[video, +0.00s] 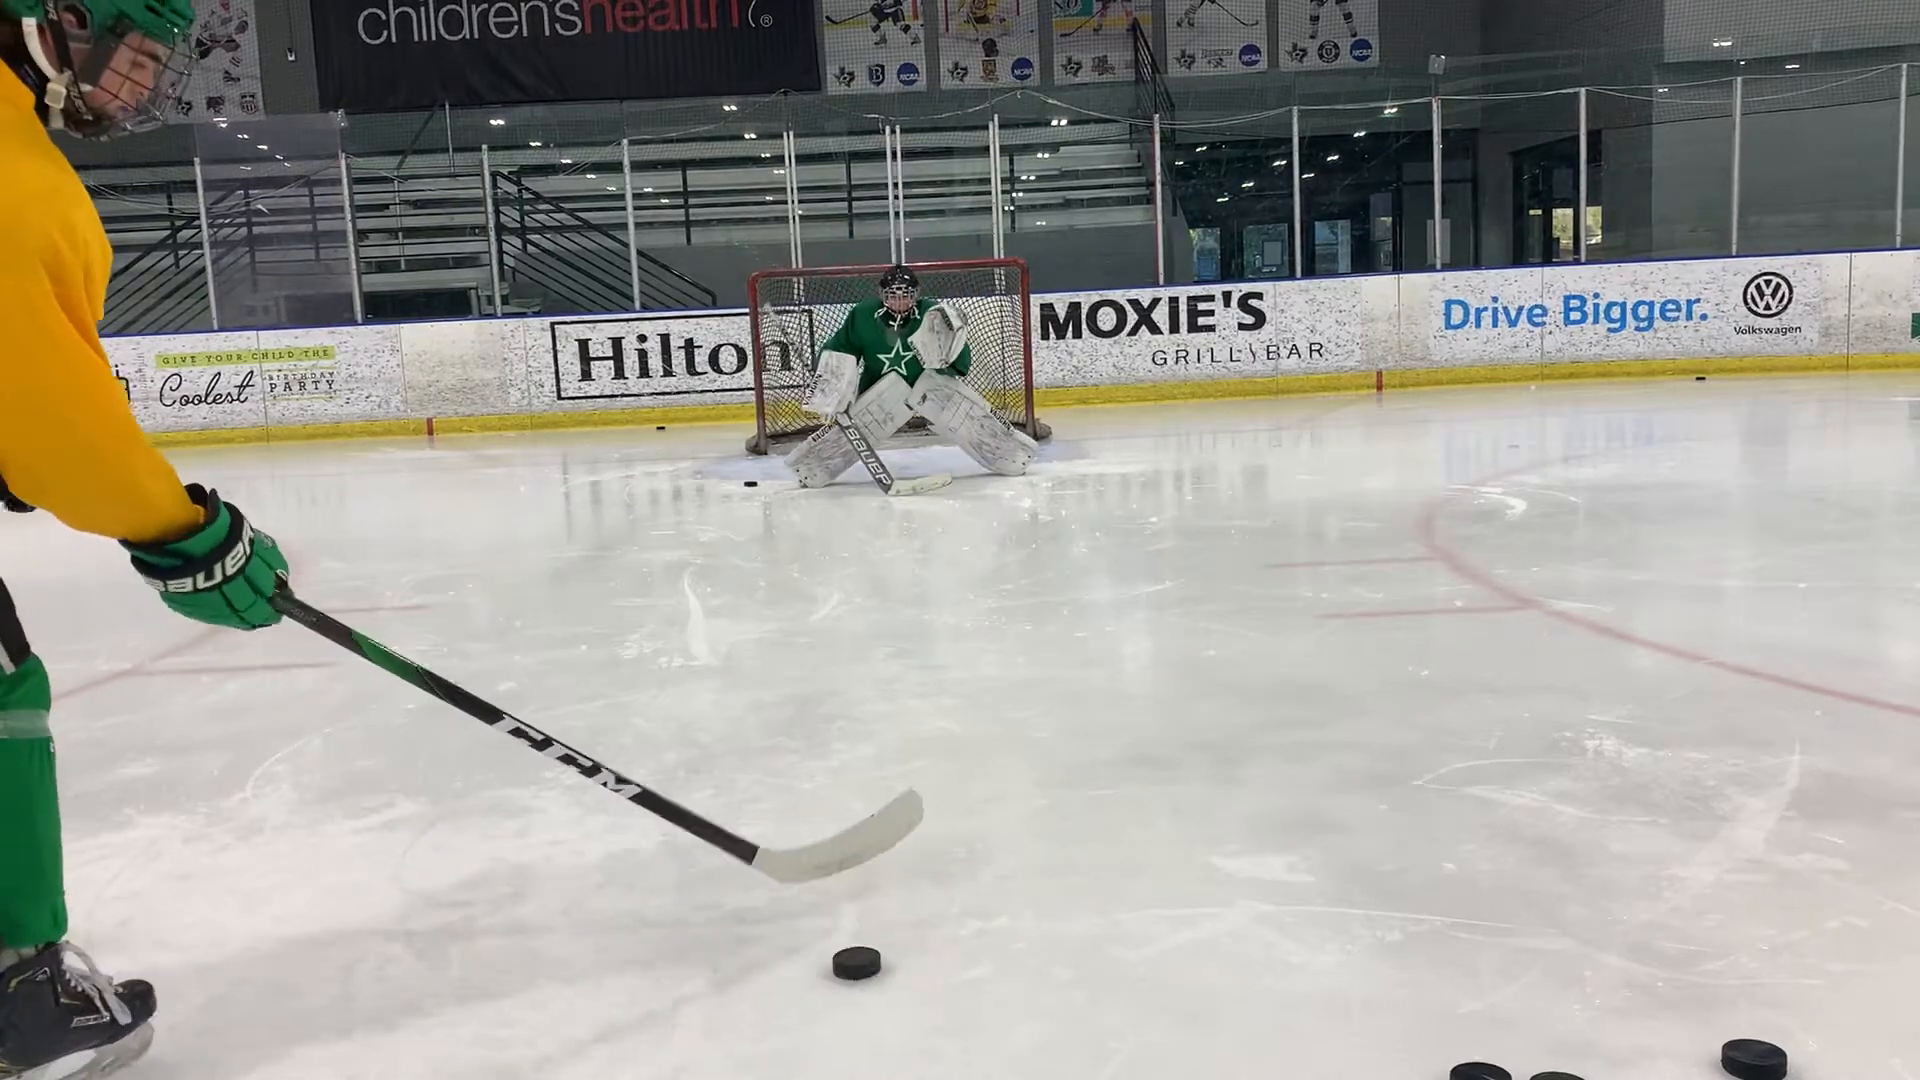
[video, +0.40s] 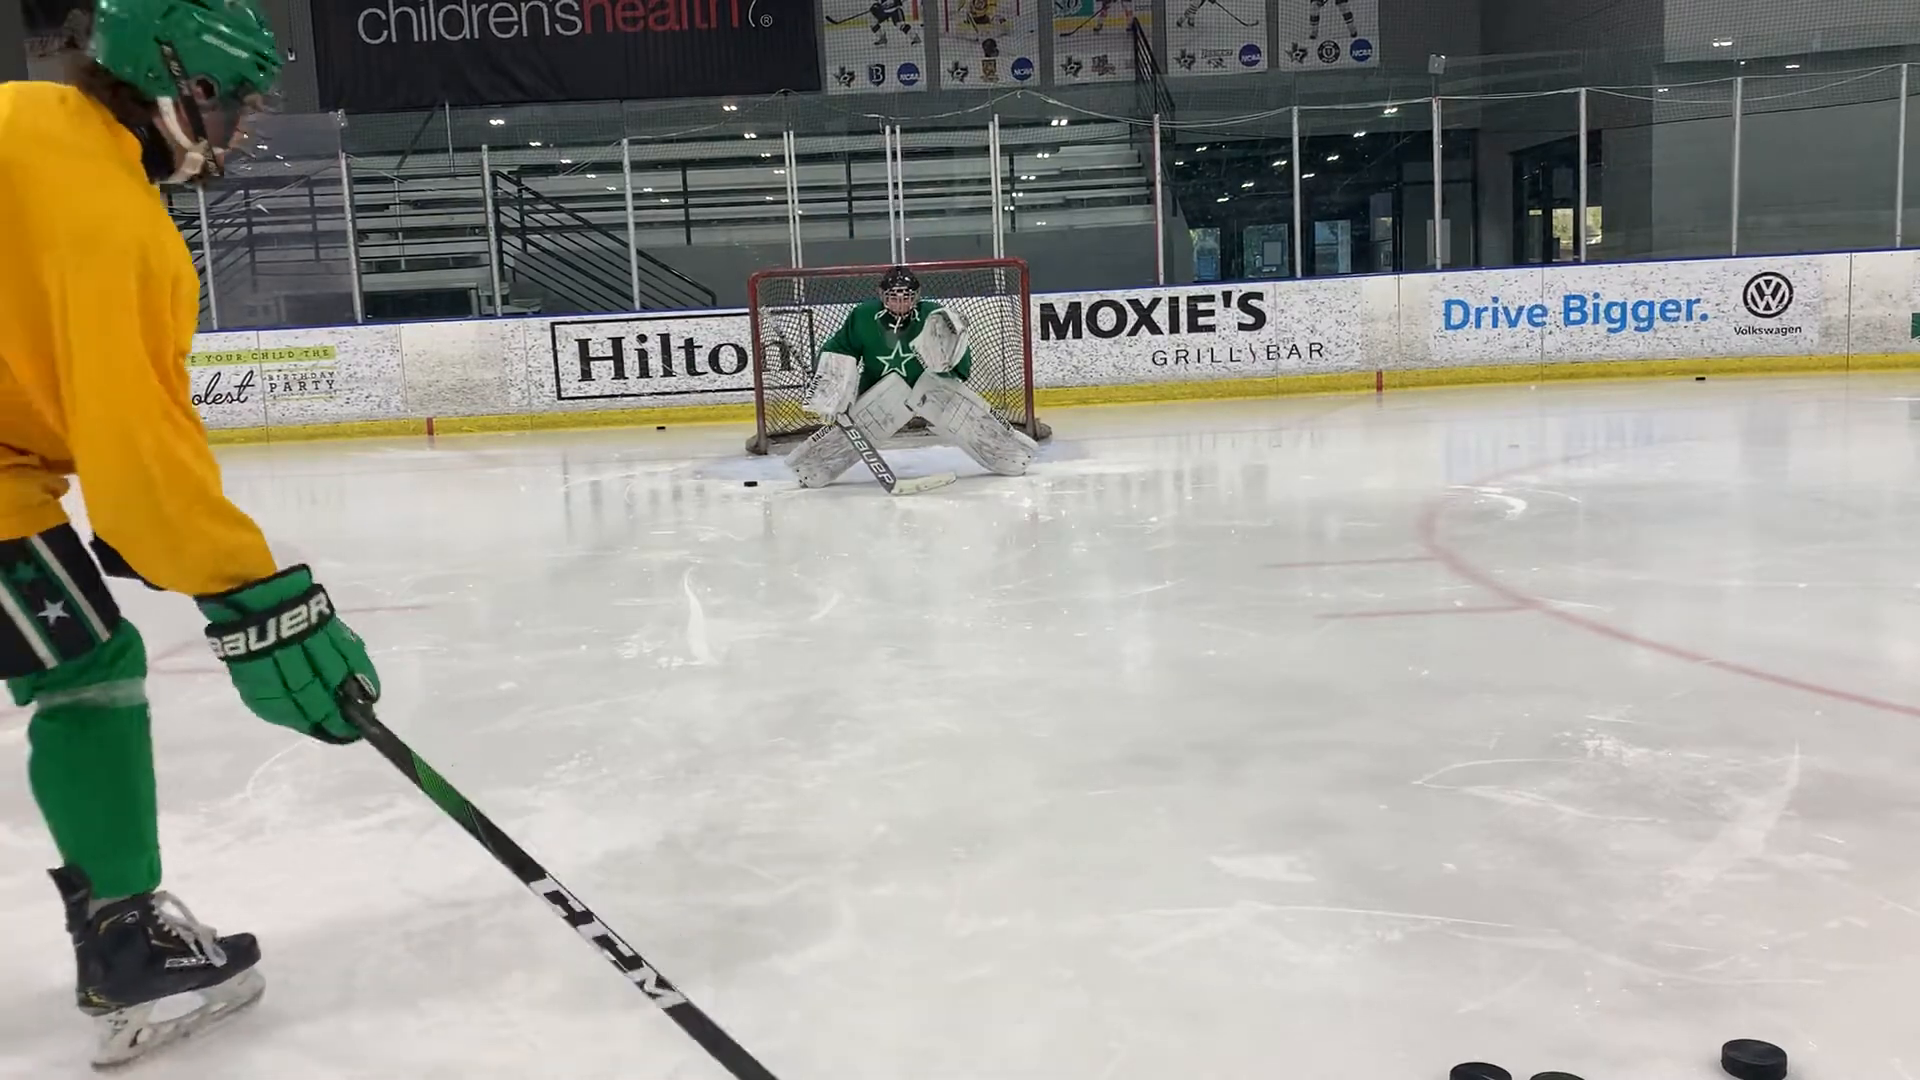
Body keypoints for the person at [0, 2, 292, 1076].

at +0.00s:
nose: (144, 81)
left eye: (159, 61)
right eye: (134, 47)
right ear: (56, 22)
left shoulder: (27, 156)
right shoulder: (18, 173)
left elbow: (43, 387)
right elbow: (46, 397)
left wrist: (163, 519)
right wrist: (187, 536)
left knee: (12, 693)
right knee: (9, 695)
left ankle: (24, 972)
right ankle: (23, 978)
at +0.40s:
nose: (235, 135)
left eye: (243, 109)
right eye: (230, 104)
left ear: (130, 64)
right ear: (172, 81)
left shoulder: (27, 115)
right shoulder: (108, 217)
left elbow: (47, 342)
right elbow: (140, 458)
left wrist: (122, 497)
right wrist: (258, 604)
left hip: (11, 481)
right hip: (3, 492)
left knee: (77, 667)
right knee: (90, 667)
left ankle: (115, 925)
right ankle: (122, 937)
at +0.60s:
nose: (312, 157)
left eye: (319, 131)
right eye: (308, 129)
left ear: (204, 94)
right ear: (261, 114)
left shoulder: (105, 136)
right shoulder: (210, 237)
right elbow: (242, 464)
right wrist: (345, 602)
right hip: (32, 453)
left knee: (190, 629)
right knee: (200, 633)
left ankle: (232, 888)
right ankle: (240, 903)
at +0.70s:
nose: (358, 146)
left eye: (366, 120)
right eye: (357, 116)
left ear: (245, 77)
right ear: (309, 95)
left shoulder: (129, 129)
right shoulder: (241, 196)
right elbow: (254, 412)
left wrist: (223, 504)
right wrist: (336, 550)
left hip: (6, 438)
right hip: (98, 453)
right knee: (248, 635)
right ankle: (324, 857)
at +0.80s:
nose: (401, 152)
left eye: (407, 125)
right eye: (400, 120)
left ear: (283, 79)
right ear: (360, 101)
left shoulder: (142, 88)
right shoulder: (347, 229)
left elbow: (60, 175)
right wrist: (430, 428)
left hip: (19, 423)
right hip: (194, 469)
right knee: (292, 666)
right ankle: (379, 851)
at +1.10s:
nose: (343, 109)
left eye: (349, 88)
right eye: (343, 84)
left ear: (223, 33)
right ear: (313, 62)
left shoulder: (71, 66)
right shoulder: (334, 175)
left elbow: (1, 261)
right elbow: (333, 284)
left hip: (79, 453)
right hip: (270, 465)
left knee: (13, 701)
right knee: (348, 704)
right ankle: (521, 861)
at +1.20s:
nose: (247, 63)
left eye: (245, 45)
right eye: (240, 45)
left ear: (98, 11)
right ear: (210, 33)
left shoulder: (18, 54)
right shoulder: (261, 133)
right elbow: (265, 284)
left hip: (23, 436)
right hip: (217, 430)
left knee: (14, 716)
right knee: (378, 699)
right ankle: (528, 872)